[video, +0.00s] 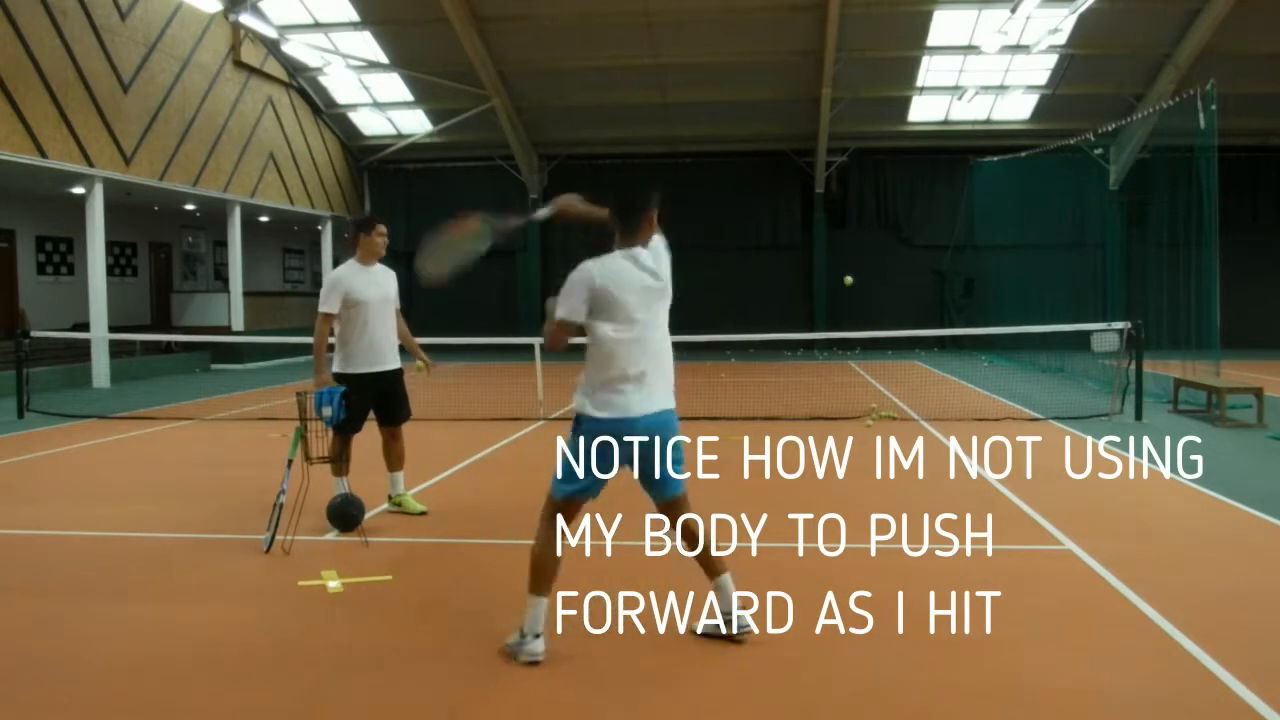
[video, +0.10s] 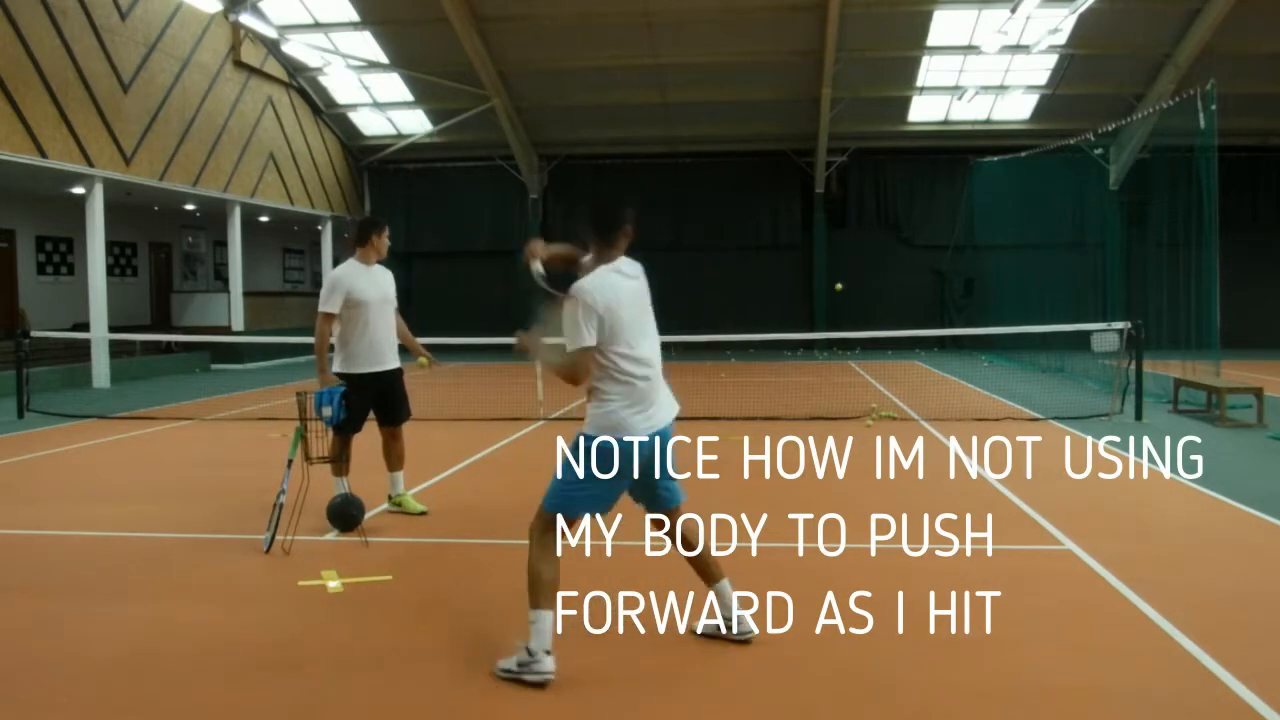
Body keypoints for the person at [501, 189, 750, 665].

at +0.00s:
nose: (657, 220)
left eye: (651, 212)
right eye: (657, 213)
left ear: (614, 219)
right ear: (652, 218)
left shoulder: (588, 274)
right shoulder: (658, 259)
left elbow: (555, 338)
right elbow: (628, 221)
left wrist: (593, 323)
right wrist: (586, 209)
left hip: (599, 425)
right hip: (657, 419)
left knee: (555, 519)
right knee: (681, 513)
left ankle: (532, 633)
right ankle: (732, 611)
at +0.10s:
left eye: (593, 231)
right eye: (627, 232)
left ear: (586, 234)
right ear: (627, 234)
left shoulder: (585, 292)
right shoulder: (633, 272)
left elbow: (576, 372)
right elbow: (587, 259)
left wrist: (538, 347)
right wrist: (547, 252)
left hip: (611, 434)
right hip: (657, 423)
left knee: (544, 530)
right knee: (673, 519)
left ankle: (538, 653)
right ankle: (734, 615)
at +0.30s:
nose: (570, 222)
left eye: (563, 214)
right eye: (568, 214)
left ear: (525, 218)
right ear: (562, 218)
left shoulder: (532, 275)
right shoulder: (575, 270)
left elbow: (561, 353)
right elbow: (530, 345)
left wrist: (520, 424)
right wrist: (495, 324)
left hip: (558, 432)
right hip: (605, 425)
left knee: (509, 539)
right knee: (637, 523)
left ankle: (547, 661)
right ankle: (700, 615)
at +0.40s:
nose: (541, 205)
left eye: (520, 199)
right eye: (544, 198)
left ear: (506, 202)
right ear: (547, 203)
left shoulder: (509, 254)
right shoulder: (561, 255)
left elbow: (540, 323)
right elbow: (555, 337)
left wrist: (521, 406)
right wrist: (491, 351)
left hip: (536, 418)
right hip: (581, 411)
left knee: (506, 536)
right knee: (593, 516)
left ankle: (546, 660)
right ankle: (636, 631)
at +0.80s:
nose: (482, 216)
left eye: (472, 208)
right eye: (483, 209)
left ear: (436, 213)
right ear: (480, 213)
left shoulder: (404, 264)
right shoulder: (505, 276)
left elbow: (387, 344)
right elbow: (525, 361)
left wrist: (371, 381)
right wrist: (524, 417)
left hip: (419, 434)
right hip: (488, 432)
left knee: (383, 559)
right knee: (513, 542)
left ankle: (351, 687)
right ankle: (545, 656)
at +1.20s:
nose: (445, 198)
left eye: (434, 190)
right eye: (445, 190)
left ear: (395, 195)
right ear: (440, 194)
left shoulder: (367, 259)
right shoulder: (443, 262)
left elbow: (383, 341)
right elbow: (453, 355)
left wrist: (453, 337)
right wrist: (468, 393)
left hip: (362, 440)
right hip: (423, 440)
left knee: (373, 566)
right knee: (478, 563)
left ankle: (350, 695)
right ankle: (485, 702)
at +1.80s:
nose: (531, 224)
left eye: (530, 216)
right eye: (530, 215)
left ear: (484, 218)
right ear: (520, 220)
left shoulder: (503, 279)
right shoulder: (481, 278)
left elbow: (557, 334)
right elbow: (537, 342)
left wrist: (613, 304)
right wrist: (617, 340)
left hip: (485, 453)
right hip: (457, 455)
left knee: (533, 548)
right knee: (466, 593)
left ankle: (489, 666)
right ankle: (416, 712)